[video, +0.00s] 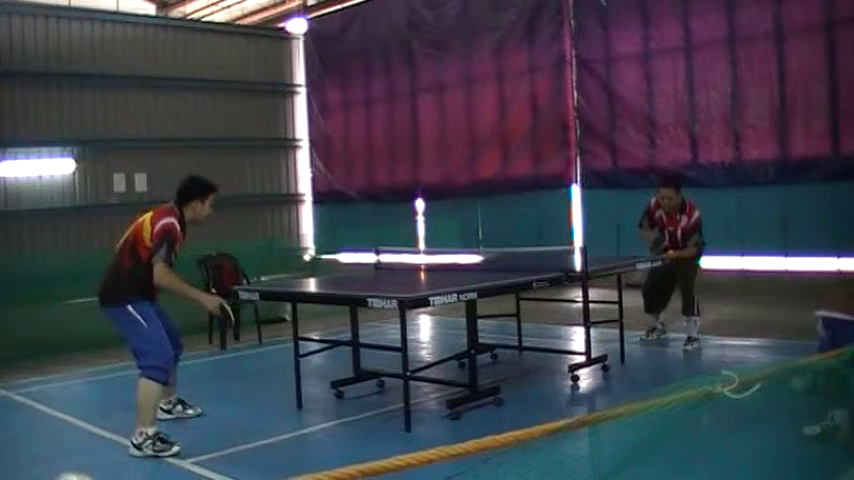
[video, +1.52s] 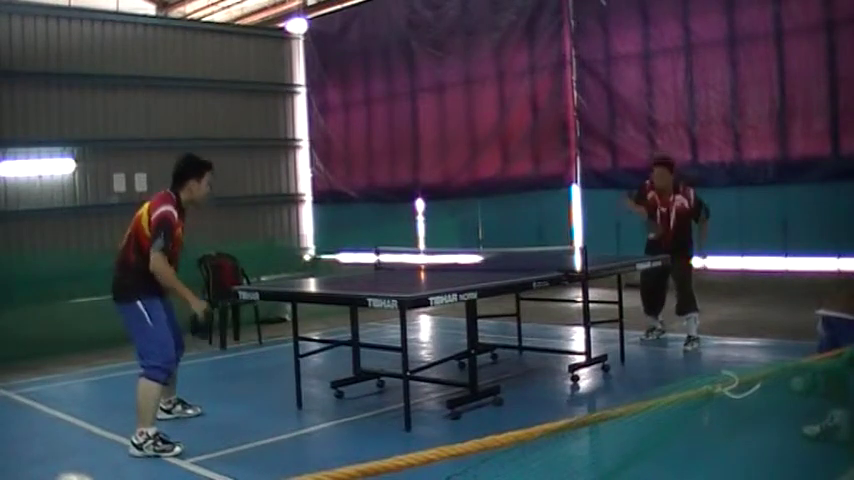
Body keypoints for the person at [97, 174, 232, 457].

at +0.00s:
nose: (210, 211)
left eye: (211, 205)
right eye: (209, 205)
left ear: (190, 201)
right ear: (194, 203)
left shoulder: (167, 216)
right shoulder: (168, 224)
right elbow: (160, 275)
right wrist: (202, 298)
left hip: (139, 295)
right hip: (123, 297)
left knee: (172, 347)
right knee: (157, 356)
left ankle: (167, 403)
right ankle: (143, 435)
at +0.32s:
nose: (210, 208)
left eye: (211, 202)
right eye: (209, 202)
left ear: (190, 198)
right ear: (194, 200)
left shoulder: (168, 215)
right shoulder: (167, 222)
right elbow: (159, 272)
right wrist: (201, 296)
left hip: (141, 293)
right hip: (124, 296)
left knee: (172, 346)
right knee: (156, 358)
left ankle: (167, 403)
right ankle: (143, 435)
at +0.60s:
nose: (211, 208)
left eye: (211, 202)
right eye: (209, 202)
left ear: (191, 199)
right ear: (195, 200)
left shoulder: (171, 217)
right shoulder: (167, 222)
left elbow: (157, 269)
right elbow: (158, 273)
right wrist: (200, 298)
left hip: (142, 294)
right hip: (125, 296)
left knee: (172, 347)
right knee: (157, 358)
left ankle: (167, 403)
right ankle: (144, 435)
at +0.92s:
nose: (213, 207)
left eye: (213, 201)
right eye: (211, 201)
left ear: (193, 199)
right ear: (196, 200)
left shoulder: (174, 219)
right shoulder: (168, 222)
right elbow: (157, 273)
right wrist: (199, 301)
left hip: (143, 293)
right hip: (125, 295)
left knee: (173, 346)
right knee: (157, 357)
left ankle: (167, 403)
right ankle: (144, 435)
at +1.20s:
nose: (214, 206)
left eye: (214, 199)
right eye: (212, 199)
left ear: (194, 197)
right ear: (197, 199)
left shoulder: (175, 218)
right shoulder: (170, 223)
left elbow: (156, 270)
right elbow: (155, 273)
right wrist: (194, 307)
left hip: (144, 293)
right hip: (126, 295)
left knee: (173, 346)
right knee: (156, 358)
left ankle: (167, 403)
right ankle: (144, 435)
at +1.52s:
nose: (208, 189)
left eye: (208, 183)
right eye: (206, 182)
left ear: (186, 182)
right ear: (190, 183)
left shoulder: (169, 204)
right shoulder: (166, 212)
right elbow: (157, 264)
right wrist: (193, 299)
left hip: (152, 289)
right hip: (135, 291)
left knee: (173, 346)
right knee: (158, 356)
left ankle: (167, 403)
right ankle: (144, 434)